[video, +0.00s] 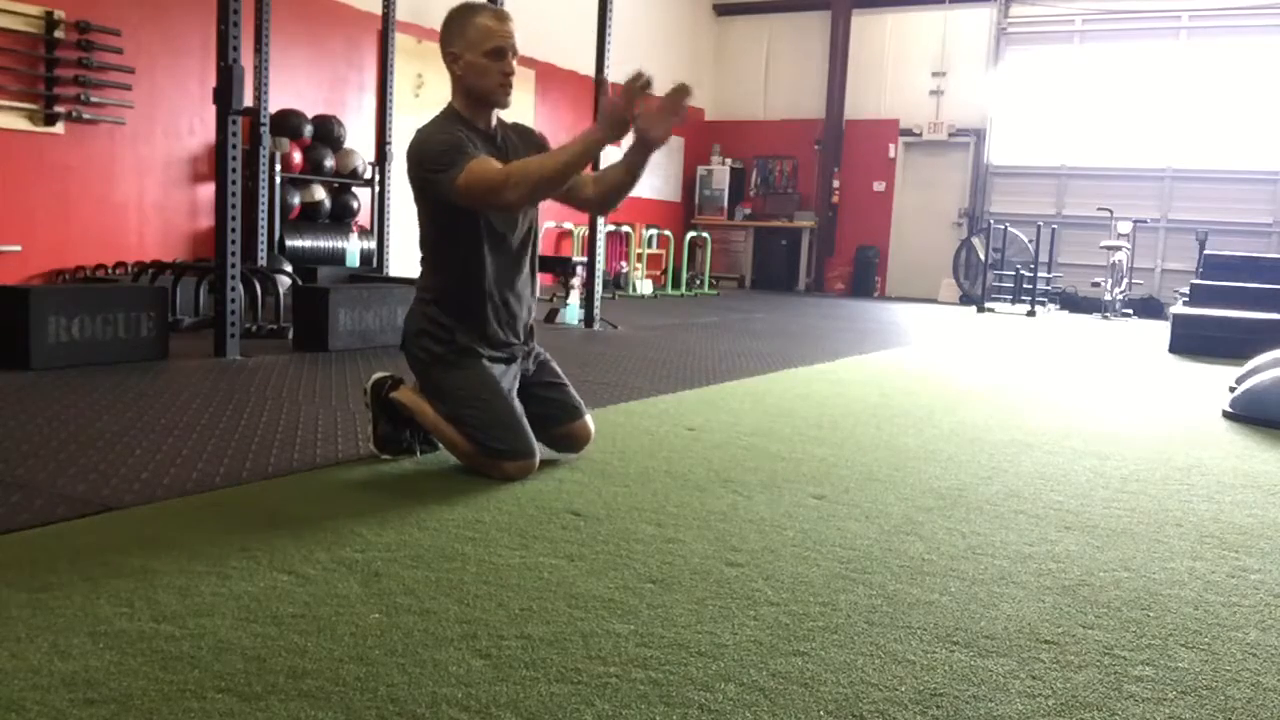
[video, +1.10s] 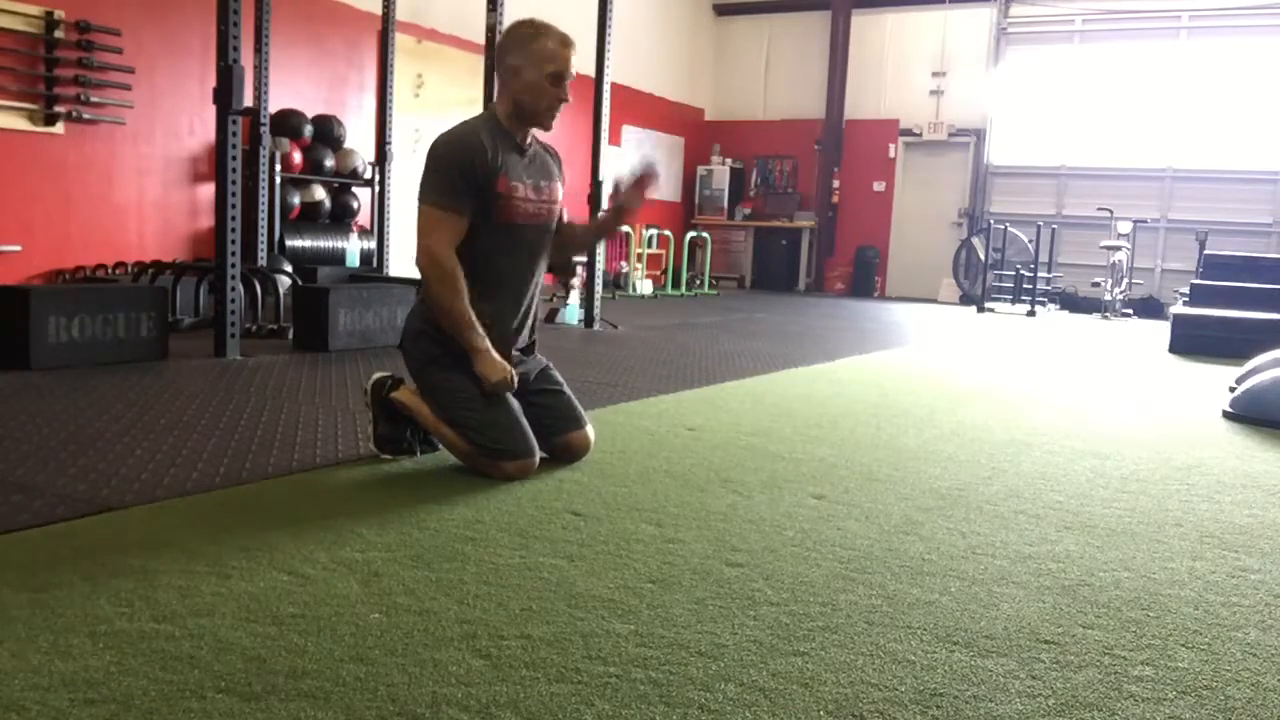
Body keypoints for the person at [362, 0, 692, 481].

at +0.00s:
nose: (511, 66)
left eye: (513, 54)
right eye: (497, 54)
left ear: (516, 60)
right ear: (454, 61)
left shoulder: (525, 142)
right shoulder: (436, 144)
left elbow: (595, 198)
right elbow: (508, 189)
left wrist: (643, 147)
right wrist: (601, 133)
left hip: (516, 336)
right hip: (455, 345)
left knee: (574, 436)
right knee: (515, 464)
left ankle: (462, 395)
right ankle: (402, 399)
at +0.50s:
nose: (538, 75)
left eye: (546, 65)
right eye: (524, 60)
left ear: (553, 76)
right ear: (489, 66)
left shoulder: (550, 159)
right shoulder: (463, 141)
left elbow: (596, 246)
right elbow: (492, 223)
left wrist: (629, 181)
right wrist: (576, 167)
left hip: (518, 341)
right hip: (455, 343)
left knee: (572, 443)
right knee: (515, 463)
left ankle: (443, 414)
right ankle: (401, 398)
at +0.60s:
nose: (543, 76)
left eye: (552, 66)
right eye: (529, 61)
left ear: (558, 77)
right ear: (497, 69)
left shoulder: (557, 164)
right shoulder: (468, 144)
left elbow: (578, 263)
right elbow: (471, 238)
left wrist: (607, 210)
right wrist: (564, 202)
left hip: (517, 341)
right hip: (453, 343)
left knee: (573, 443)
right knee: (515, 463)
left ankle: (449, 406)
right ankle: (402, 398)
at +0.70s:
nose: (549, 80)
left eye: (557, 70)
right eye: (535, 65)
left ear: (564, 81)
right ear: (502, 70)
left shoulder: (560, 167)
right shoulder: (468, 148)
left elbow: (563, 253)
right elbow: (452, 246)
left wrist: (587, 262)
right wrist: (554, 268)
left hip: (517, 342)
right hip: (452, 344)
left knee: (572, 443)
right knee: (515, 463)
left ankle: (445, 411)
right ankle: (402, 398)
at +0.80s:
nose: (551, 82)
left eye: (560, 72)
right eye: (537, 67)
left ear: (566, 83)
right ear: (505, 71)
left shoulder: (559, 169)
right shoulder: (469, 149)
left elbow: (555, 257)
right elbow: (446, 255)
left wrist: (570, 290)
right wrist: (525, 320)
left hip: (515, 340)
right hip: (451, 342)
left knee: (572, 443)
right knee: (514, 463)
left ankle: (445, 414)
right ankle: (400, 398)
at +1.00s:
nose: (555, 88)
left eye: (563, 77)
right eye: (541, 72)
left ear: (568, 84)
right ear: (505, 71)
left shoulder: (553, 164)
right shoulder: (466, 149)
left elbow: (551, 253)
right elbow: (431, 254)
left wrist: (599, 260)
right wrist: (476, 349)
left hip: (517, 347)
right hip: (448, 348)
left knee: (573, 444)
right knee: (516, 464)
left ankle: (445, 408)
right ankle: (401, 400)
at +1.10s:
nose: (567, 93)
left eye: (568, 81)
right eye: (555, 79)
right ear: (508, 73)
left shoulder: (548, 159)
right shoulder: (462, 148)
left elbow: (554, 243)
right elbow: (434, 257)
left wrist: (612, 219)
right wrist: (482, 350)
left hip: (516, 345)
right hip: (449, 348)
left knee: (572, 443)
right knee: (516, 463)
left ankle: (444, 409)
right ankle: (400, 399)